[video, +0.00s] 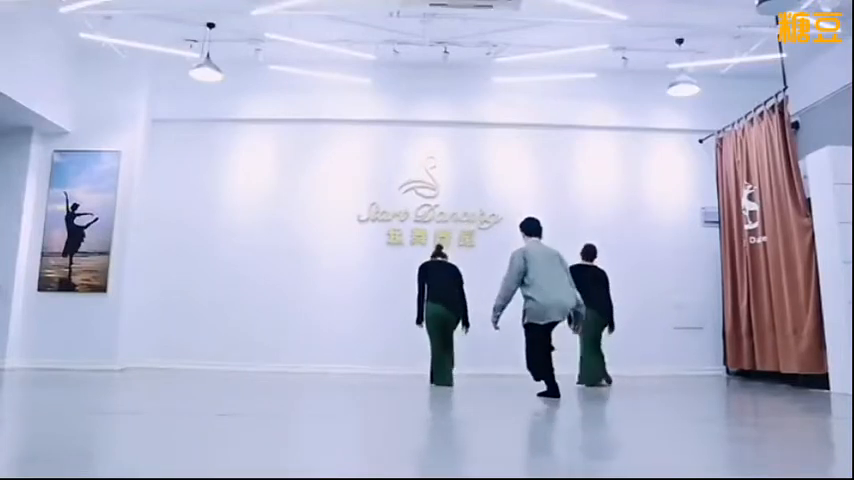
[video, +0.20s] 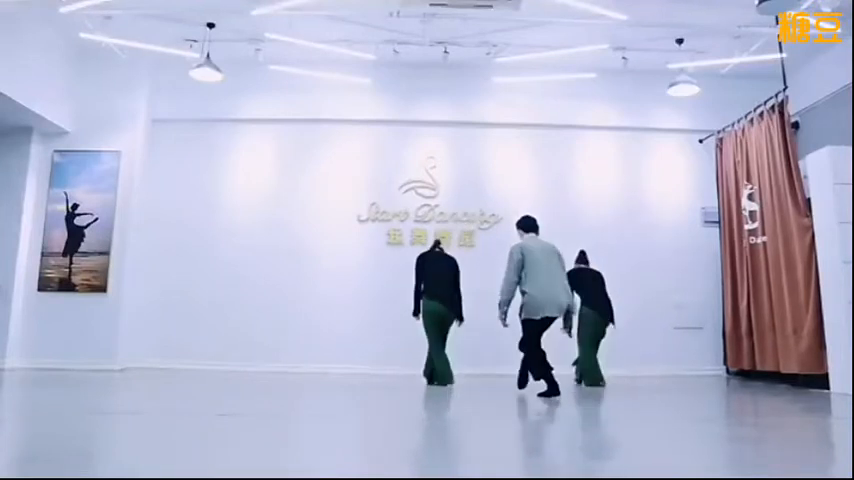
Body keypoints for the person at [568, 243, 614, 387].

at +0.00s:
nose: (587, 257)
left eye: (585, 253)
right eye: (592, 254)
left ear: (581, 254)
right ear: (596, 256)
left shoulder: (573, 270)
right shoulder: (600, 273)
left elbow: (568, 293)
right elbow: (607, 299)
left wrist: (569, 314)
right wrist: (610, 320)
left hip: (582, 313)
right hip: (599, 315)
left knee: (586, 345)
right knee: (595, 344)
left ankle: (585, 376)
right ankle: (599, 374)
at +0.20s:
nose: (578, 266)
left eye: (577, 264)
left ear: (575, 263)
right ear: (588, 263)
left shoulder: (571, 274)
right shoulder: (597, 274)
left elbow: (569, 300)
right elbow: (605, 296)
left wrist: (567, 323)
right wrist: (611, 316)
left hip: (588, 310)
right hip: (605, 312)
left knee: (585, 343)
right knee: (594, 343)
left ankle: (595, 379)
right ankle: (580, 370)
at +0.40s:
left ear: (569, 261)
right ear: (580, 259)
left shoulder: (568, 270)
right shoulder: (593, 268)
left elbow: (569, 296)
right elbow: (601, 291)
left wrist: (568, 319)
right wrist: (607, 311)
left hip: (585, 307)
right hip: (602, 308)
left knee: (583, 341)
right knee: (590, 341)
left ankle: (595, 378)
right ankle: (576, 366)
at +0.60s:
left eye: (566, 248)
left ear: (566, 247)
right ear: (577, 245)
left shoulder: (565, 256)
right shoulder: (590, 256)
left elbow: (563, 282)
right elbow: (596, 284)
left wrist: (563, 305)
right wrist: (599, 305)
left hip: (577, 299)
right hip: (593, 301)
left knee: (582, 336)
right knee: (581, 336)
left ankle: (596, 372)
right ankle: (572, 371)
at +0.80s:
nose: (561, 238)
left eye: (561, 235)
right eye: (563, 235)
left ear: (563, 235)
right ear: (575, 235)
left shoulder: (561, 247)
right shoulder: (585, 250)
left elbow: (557, 272)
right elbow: (592, 275)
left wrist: (556, 293)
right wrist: (593, 297)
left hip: (569, 289)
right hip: (585, 290)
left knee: (574, 328)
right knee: (582, 329)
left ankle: (585, 367)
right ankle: (573, 368)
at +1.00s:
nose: (558, 232)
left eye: (559, 230)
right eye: (560, 230)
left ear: (560, 230)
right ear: (573, 230)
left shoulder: (557, 247)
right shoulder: (581, 249)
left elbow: (551, 271)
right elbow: (586, 275)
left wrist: (550, 293)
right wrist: (588, 297)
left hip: (563, 291)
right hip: (579, 292)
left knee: (566, 330)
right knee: (578, 329)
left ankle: (571, 368)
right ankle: (579, 366)